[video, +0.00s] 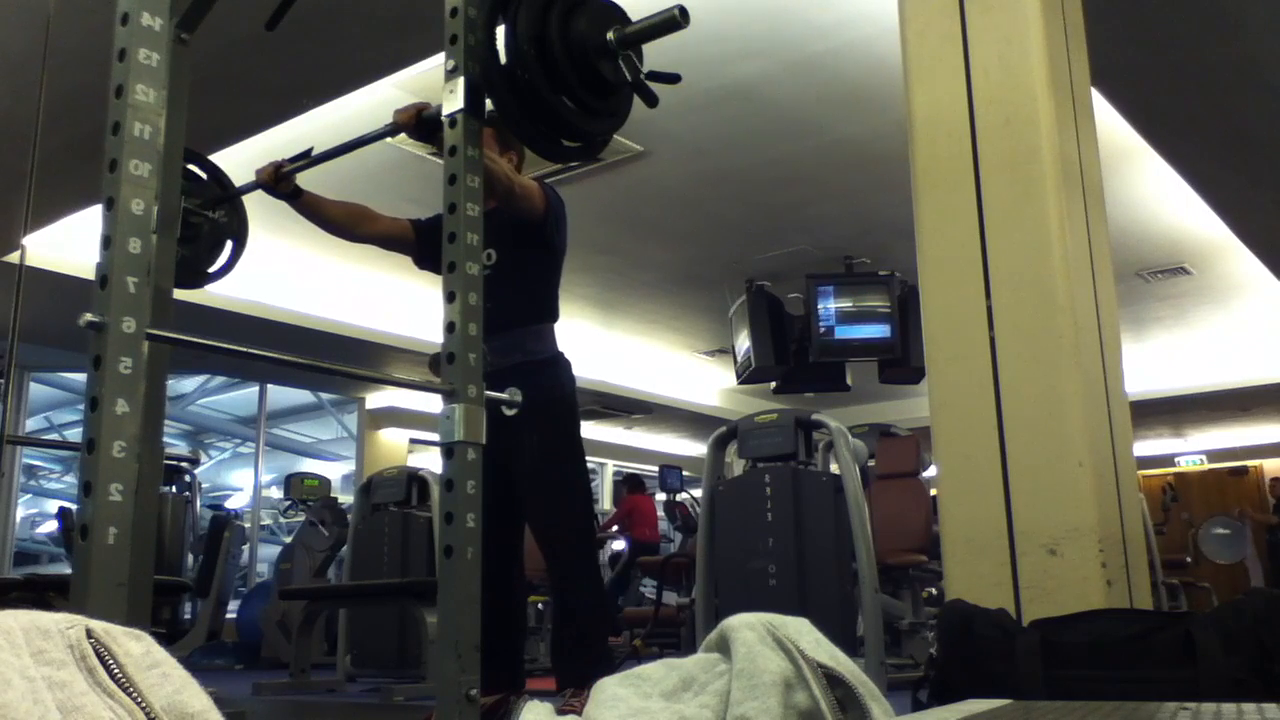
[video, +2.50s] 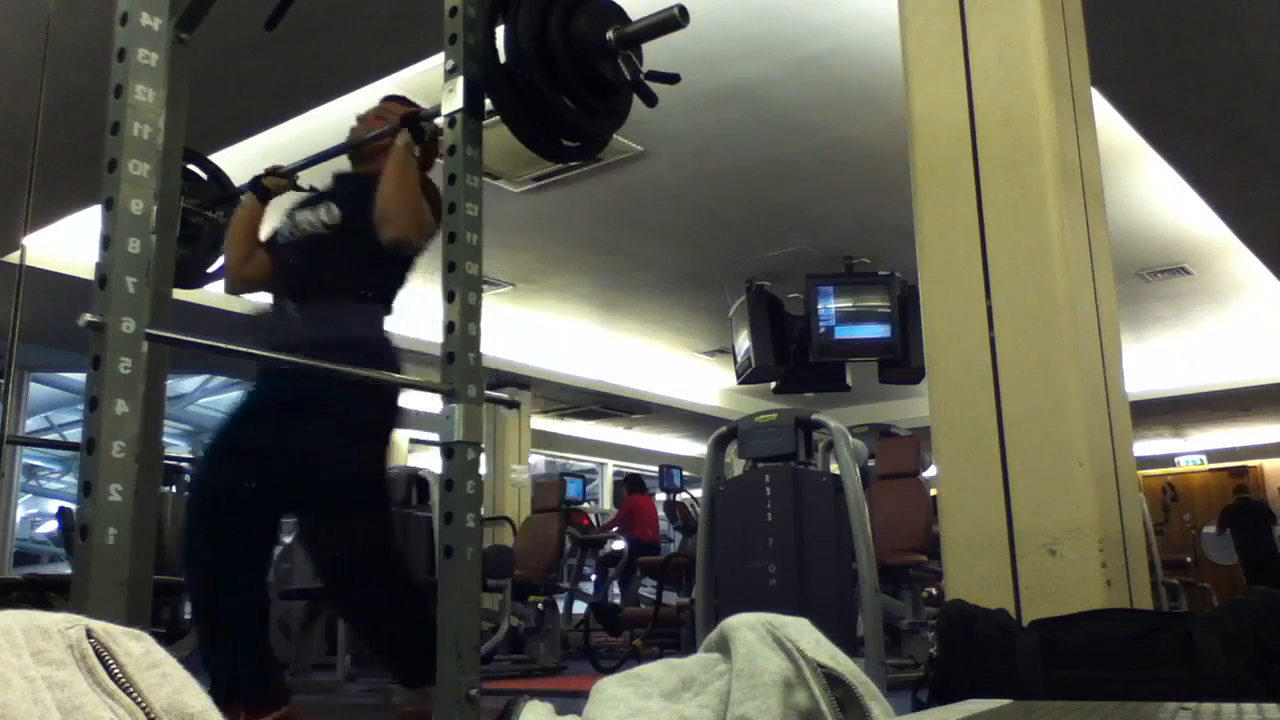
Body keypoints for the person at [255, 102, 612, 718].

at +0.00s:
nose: (467, 166)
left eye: (477, 154)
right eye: (461, 159)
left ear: (510, 155)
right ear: (458, 165)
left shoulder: (542, 208)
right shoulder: (457, 227)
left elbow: (504, 180)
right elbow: (369, 224)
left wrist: (441, 133)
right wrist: (295, 193)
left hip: (536, 384)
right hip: (475, 393)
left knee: (563, 538)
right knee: (487, 547)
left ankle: (580, 684)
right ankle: (497, 687)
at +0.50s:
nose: (468, 166)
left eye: (478, 154)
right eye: (462, 158)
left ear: (510, 155)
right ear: (458, 165)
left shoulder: (542, 209)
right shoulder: (456, 227)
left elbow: (505, 181)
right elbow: (368, 224)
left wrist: (441, 133)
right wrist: (294, 192)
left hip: (537, 383)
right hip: (475, 391)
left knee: (563, 537)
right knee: (487, 546)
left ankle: (580, 684)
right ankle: (497, 687)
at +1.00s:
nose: (469, 165)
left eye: (479, 153)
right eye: (464, 157)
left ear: (513, 156)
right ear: (460, 165)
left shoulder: (543, 209)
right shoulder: (458, 227)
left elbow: (505, 182)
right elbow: (369, 224)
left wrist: (441, 132)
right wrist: (294, 193)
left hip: (537, 384)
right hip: (476, 392)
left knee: (563, 537)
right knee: (489, 546)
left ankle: (579, 684)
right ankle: (499, 687)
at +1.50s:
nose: (471, 159)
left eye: (482, 148)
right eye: (465, 153)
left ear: (516, 154)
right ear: (459, 162)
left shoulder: (543, 204)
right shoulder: (457, 223)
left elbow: (502, 179)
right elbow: (370, 221)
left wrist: (440, 134)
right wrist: (295, 192)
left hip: (538, 384)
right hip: (476, 392)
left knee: (565, 538)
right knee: (488, 546)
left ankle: (579, 684)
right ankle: (498, 686)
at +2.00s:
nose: (470, 154)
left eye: (482, 143)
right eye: (465, 144)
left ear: (513, 152)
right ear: (455, 154)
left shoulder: (535, 198)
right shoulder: (447, 215)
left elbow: (506, 183)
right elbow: (361, 235)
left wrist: (443, 139)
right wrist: (296, 194)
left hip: (527, 383)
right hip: (469, 386)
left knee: (529, 532)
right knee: (472, 536)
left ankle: (532, 687)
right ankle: (485, 685)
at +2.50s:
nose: (373, 118)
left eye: (389, 114)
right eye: (370, 112)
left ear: (409, 140)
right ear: (354, 135)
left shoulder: (412, 195)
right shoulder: (315, 210)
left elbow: (399, 231)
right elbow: (240, 271)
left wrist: (412, 147)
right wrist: (258, 194)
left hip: (351, 379)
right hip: (287, 380)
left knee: (351, 546)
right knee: (220, 517)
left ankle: (432, 681)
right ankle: (250, 694)